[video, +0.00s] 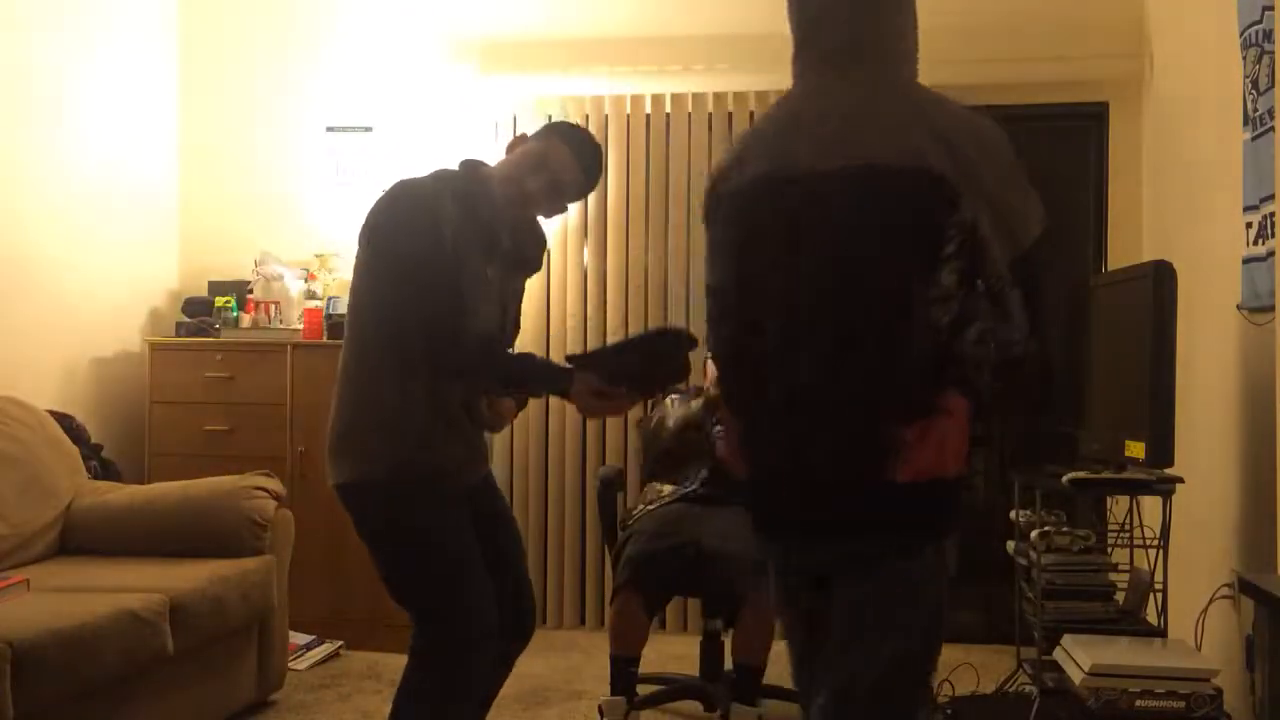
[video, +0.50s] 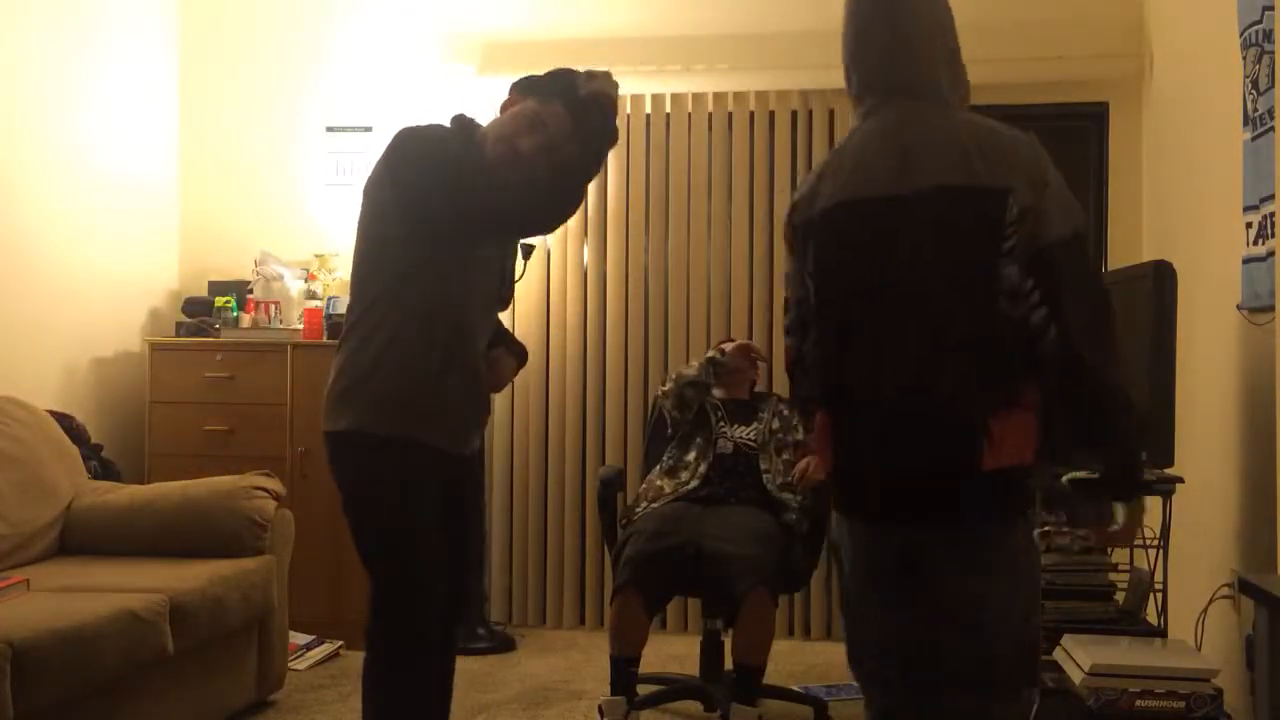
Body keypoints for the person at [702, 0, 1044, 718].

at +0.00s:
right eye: (903, 22)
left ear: (800, 36)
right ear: (902, 31)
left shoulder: (745, 158)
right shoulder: (957, 140)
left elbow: (727, 322)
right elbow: (1010, 298)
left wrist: (744, 419)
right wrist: (960, 400)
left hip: (785, 458)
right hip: (909, 462)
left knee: (818, 670)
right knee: (886, 677)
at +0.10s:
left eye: (805, 26)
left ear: (809, 35)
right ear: (911, 33)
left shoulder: (762, 174)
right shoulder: (981, 154)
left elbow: (749, 337)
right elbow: (1026, 319)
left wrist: (764, 423)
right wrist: (989, 402)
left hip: (813, 463)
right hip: (939, 467)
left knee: (827, 674)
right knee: (902, 680)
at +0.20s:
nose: (806, 56)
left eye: (810, 39)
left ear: (819, 44)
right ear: (916, 38)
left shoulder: (780, 176)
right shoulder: (990, 154)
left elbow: (765, 330)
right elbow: (1037, 317)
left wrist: (782, 417)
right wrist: (1011, 401)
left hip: (835, 461)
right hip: (956, 458)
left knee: (840, 667)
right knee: (924, 672)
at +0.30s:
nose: (813, 73)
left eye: (817, 57)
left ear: (830, 57)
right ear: (923, 47)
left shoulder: (795, 181)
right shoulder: (1001, 156)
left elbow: (782, 341)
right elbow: (1053, 329)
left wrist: (799, 422)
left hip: (855, 472)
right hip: (973, 471)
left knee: (861, 683)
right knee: (941, 684)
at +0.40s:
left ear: (842, 58)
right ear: (933, 47)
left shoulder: (805, 188)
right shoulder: (1008, 155)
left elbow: (791, 329)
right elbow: (1064, 310)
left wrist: (812, 418)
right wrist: (1037, 402)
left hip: (864, 479)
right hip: (982, 471)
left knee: (880, 677)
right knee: (982, 678)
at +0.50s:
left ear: (856, 59)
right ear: (946, 48)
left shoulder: (820, 189)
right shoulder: (1012, 158)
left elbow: (805, 350)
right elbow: (1079, 318)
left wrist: (821, 424)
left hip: (869, 492)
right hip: (988, 488)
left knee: (890, 686)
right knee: (994, 687)